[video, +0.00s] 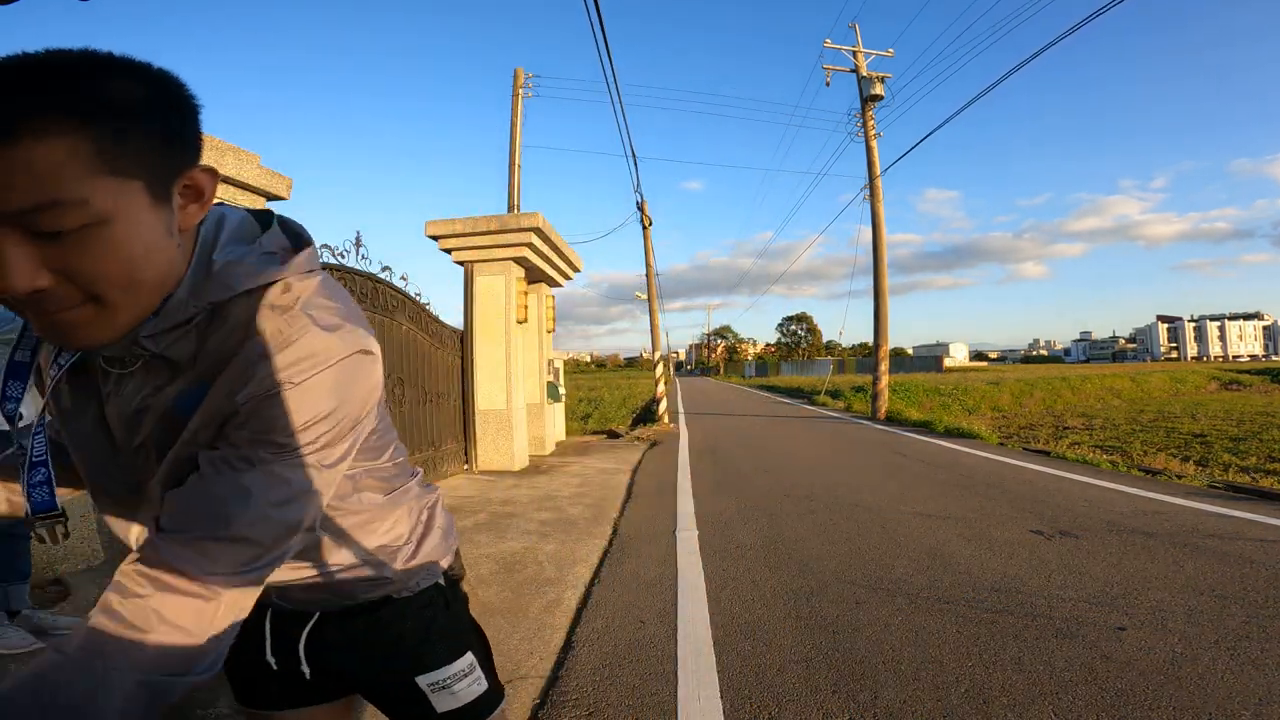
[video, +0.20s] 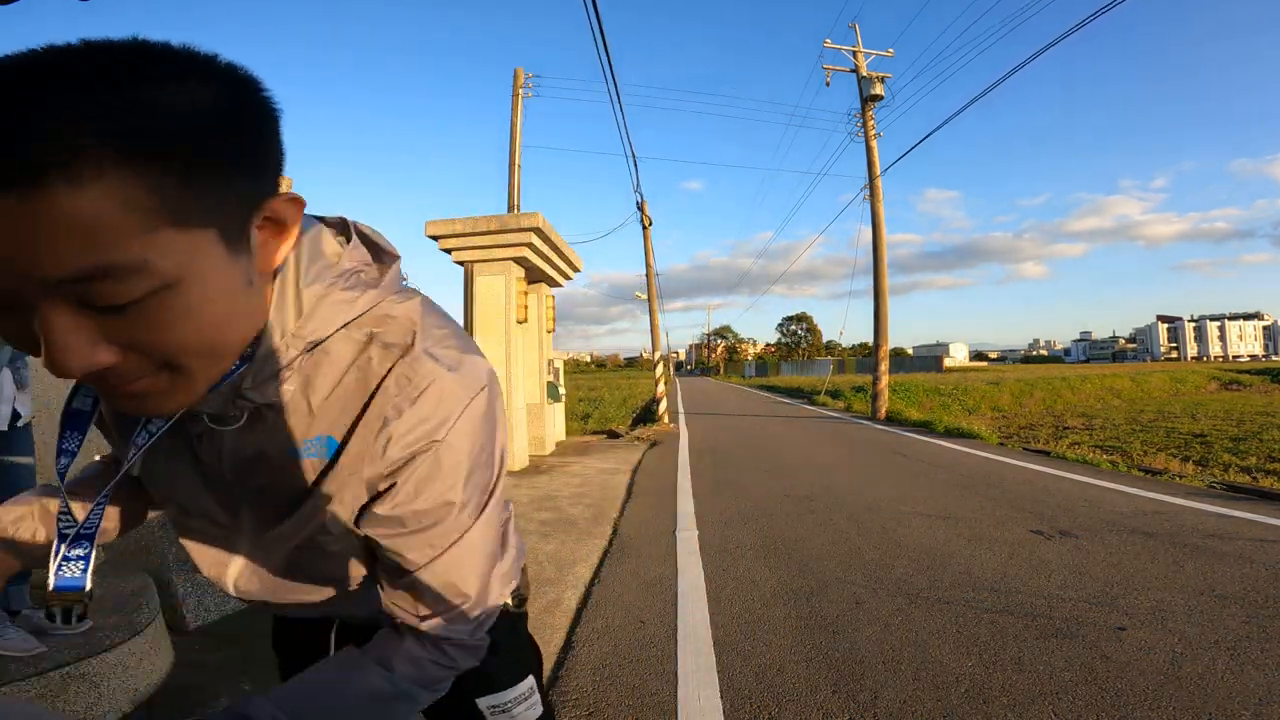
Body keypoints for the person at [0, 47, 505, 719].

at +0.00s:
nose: (16, 280)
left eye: (53, 230)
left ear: (189, 202)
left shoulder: (300, 339)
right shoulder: (76, 340)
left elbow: (166, 617)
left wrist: (13, 703)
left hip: (393, 595)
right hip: (262, 604)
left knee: (462, 709)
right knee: (288, 708)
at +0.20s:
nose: (66, 360)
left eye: (115, 302)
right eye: (17, 311)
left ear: (271, 237)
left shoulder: (422, 387)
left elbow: (443, 633)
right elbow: (137, 472)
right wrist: (25, 533)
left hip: (453, 625)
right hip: (305, 617)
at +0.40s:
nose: (191, 419)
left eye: (237, 360)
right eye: (139, 366)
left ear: (414, 268)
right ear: (104, 320)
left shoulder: (568, 382)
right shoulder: (208, 373)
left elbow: (599, 595)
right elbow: (214, 530)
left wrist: (438, 708)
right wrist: (125, 629)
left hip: (514, 650)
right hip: (361, 643)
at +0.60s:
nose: (286, 424)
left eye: (349, 356)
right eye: (218, 361)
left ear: (513, 251)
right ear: (169, 311)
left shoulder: (649, 381)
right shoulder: (244, 386)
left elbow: (664, 598)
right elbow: (280, 566)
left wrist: (579, 703)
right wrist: (200, 672)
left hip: (596, 636)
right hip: (428, 645)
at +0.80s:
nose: (298, 476)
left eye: (370, 386)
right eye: (216, 401)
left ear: (542, 277)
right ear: (149, 344)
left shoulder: (676, 412)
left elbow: (681, 624)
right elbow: (275, 596)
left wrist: (623, 711)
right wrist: (254, 704)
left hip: (594, 656)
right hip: (428, 662)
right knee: (437, 694)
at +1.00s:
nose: (229, 567)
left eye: (298, 458)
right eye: (118, 501)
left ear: (485, 301)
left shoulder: (654, 434)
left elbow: (687, 640)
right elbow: (213, 642)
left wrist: (652, 704)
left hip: (582, 639)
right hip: (424, 647)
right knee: (442, 703)